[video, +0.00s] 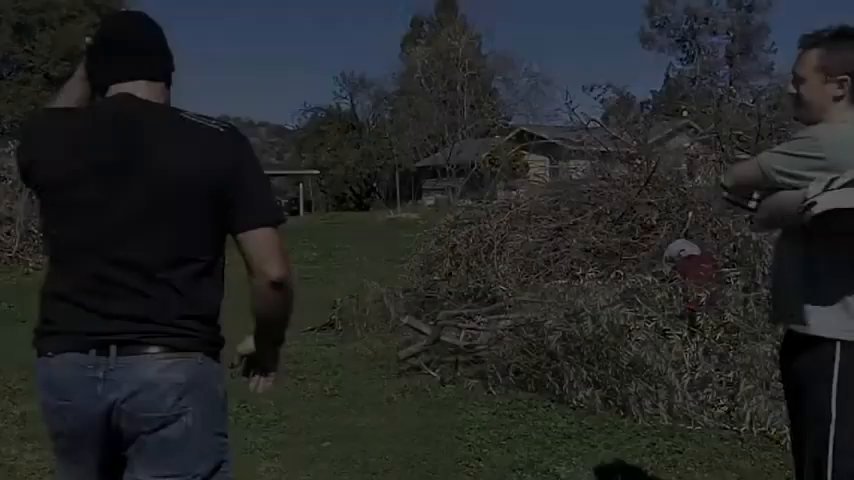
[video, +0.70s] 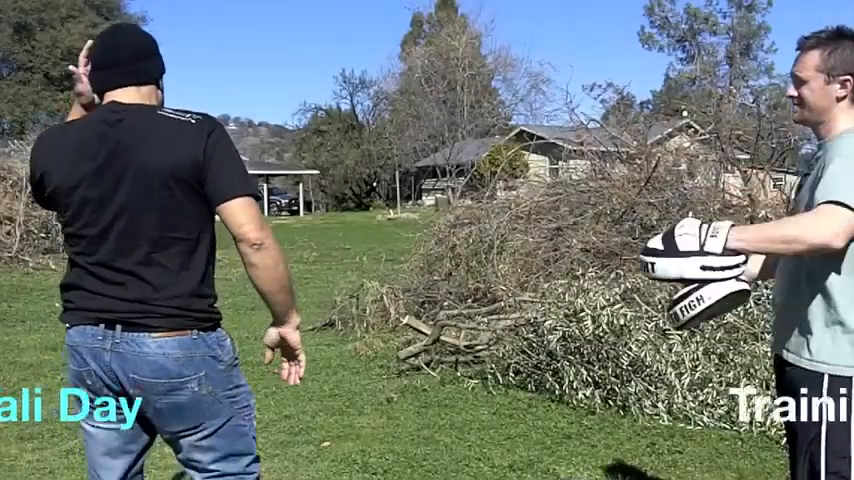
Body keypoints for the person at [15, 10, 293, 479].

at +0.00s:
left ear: (94, 77)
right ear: (169, 75)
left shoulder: (54, 141)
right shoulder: (220, 146)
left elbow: (43, 132)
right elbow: (273, 275)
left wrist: (90, 66)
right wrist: (266, 347)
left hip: (65, 375)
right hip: (175, 376)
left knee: (80, 472)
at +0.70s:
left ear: (96, 81)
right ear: (158, 76)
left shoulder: (54, 147)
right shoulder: (200, 133)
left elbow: (48, 189)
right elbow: (252, 237)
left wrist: (83, 103)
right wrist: (286, 320)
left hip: (88, 346)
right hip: (181, 350)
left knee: (111, 473)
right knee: (226, 469)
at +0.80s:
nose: (168, 80)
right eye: (167, 72)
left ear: (103, 82)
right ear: (165, 75)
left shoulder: (62, 140)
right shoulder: (199, 127)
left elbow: (48, 212)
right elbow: (249, 227)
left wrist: (88, 122)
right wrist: (287, 314)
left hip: (93, 337)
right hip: (184, 337)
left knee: (112, 474)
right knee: (235, 462)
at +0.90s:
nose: (175, 81)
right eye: (173, 73)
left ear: (108, 81)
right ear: (168, 75)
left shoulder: (66, 141)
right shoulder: (200, 127)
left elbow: (46, 220)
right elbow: (248, 224)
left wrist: (93, 174)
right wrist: (286, 313)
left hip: (95, 335)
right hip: (185, 335)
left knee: (111, 473)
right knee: (238, 457)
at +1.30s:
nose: (207, 104)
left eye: (206, 95)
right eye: (205, 94)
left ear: (146, 94)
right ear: (196, 94)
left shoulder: (97, 154)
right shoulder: (221, 141)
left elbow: (59, 251)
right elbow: (254, 227)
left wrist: (116, 242)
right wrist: (286, 319)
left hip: (114, 332)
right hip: (199, 335)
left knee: (121, 473)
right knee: (236, 469)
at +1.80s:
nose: (272, 108)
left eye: (271, 97)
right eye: (270, 98)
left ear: (212, 97)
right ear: (255, 100)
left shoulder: (158, 149)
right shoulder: (274, 157)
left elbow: (123, 235)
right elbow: (299, 250)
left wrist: (179, 262)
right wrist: (322, 329)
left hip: (160, 323)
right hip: (237, 326)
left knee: (157, 457)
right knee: (257, 464)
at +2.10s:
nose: (294, 104)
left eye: (294, 94)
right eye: (292, 94)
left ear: (237, 92)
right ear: (273, 95)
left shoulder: (179, 146)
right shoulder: (287, 151)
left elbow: (145, 224)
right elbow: (313, 246)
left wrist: (195, 258)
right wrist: (337, 300)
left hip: (183, 312)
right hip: (250, 318)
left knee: (200, 426)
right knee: (265, 456)